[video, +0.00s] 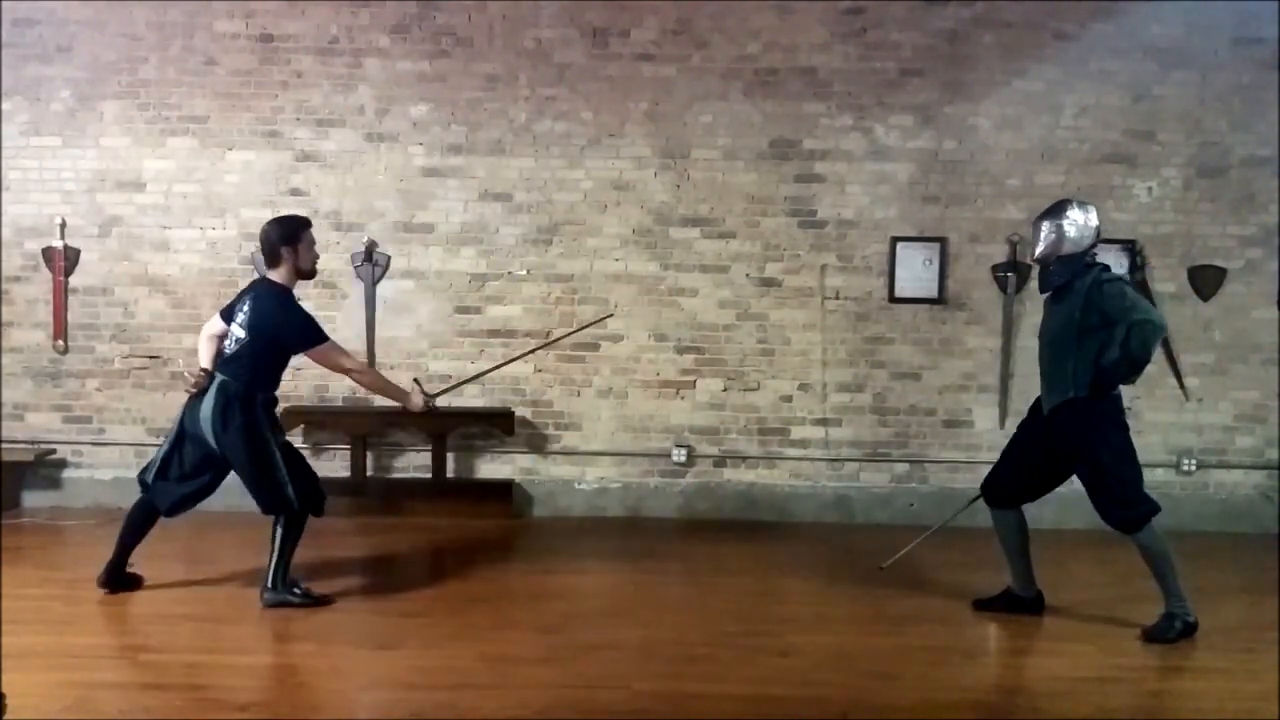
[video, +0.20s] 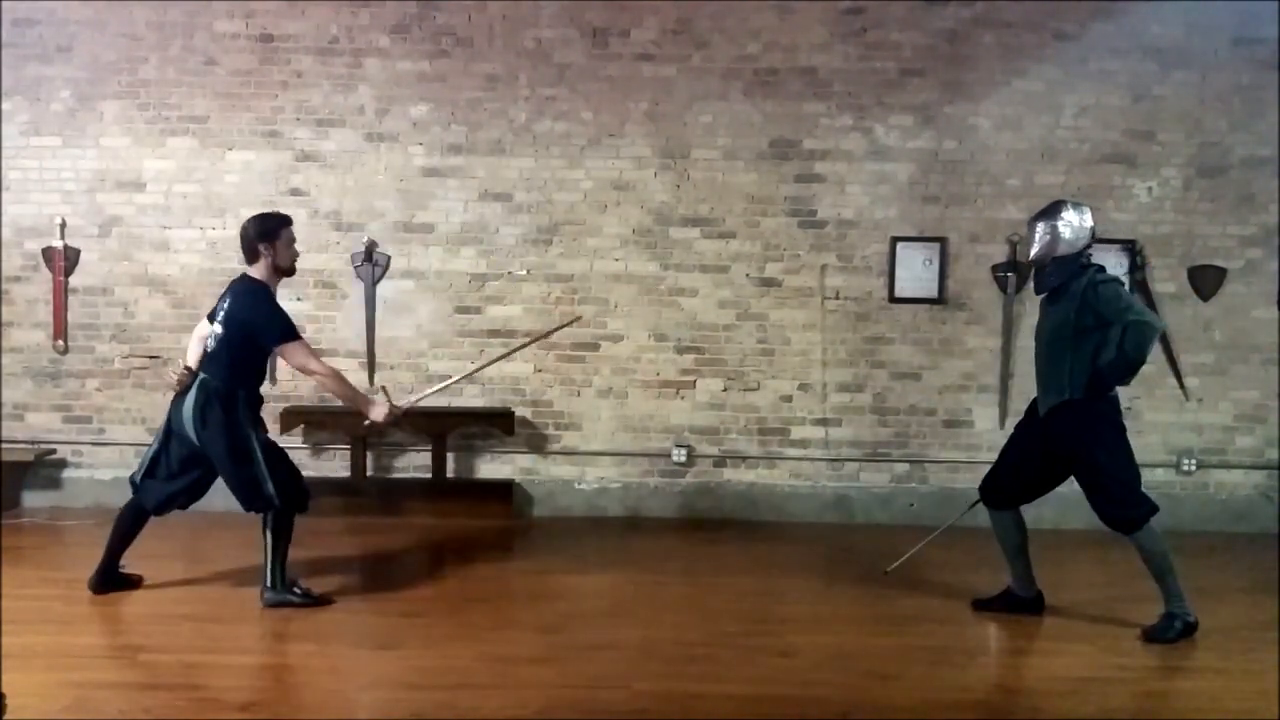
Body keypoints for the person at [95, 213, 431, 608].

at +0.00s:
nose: (317, 252)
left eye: (314, 244)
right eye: (310, 245)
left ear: (281, 253)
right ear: (288, 252)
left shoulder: (252, 293)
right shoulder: (286, 310)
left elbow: (210, 331)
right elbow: (349, 366)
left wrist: (206, 370)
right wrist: (407, 397)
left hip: (207, 405)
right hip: (241, 413)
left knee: (164, 487)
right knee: (298, 491)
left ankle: (113, 569)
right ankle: (277, 584)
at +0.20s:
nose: (297, 247)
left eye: (294, 239)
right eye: (290, 240)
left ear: (260, 251)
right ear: (267, 250)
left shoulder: (236, 291)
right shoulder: (262, 303)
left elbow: (201, 334)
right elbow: (313, 367)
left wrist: (189, 372)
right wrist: (368, 405)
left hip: (193, 406)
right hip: (224, 412)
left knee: (153, 487)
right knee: (283, 487)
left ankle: (105, 571)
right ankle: (277, 584)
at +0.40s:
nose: (281, 244)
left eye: (279, 236)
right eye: (274, 237)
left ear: (247, 245)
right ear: (249, 244)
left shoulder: (235, 291)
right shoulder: (242, 298)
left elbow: (225, 352)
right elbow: (275, 366)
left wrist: (192, 373)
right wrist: (319, 413)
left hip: (197, 405)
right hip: (218, 411)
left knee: (153, 488)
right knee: (273, 486)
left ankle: (100, 566)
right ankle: (276, 585)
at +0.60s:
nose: (273, 243)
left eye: (272, 235)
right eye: (266, 236)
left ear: (245, 244)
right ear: (240, 244)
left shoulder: (258, 295)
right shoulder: (222, 297)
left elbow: (246, 357)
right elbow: (245, 362)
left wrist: (199, 375)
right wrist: (277, 412)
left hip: (217, 405)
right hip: (212, 407)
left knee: (155, 486)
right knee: (271, 485)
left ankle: (98, 560)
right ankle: (276, 585)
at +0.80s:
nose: (277, 246)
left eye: (275, 239)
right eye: (270, 240)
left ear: (251, 247)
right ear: (243, 247)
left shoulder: (267, 300)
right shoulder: (220, 299)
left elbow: (257, 362)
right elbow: (225, 365)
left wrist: (200, 373)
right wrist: (251, 416)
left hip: (224, 406)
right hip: (208, 406)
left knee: (158, 487)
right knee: (272, 485)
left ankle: (97, 560)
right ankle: (276, 584)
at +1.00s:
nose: (306, 252)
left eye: (305, 244)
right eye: (299, 245)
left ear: (276, 252)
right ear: (273, 251)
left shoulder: (281, 300)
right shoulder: (249, 301)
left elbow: (243, 340)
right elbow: (241, 372)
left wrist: (206, 364)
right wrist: (273, 421)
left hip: (224, 405)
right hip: (219, 407)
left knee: (170, 485)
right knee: (283, 486)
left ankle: (104, 555)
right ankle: (276, 584)